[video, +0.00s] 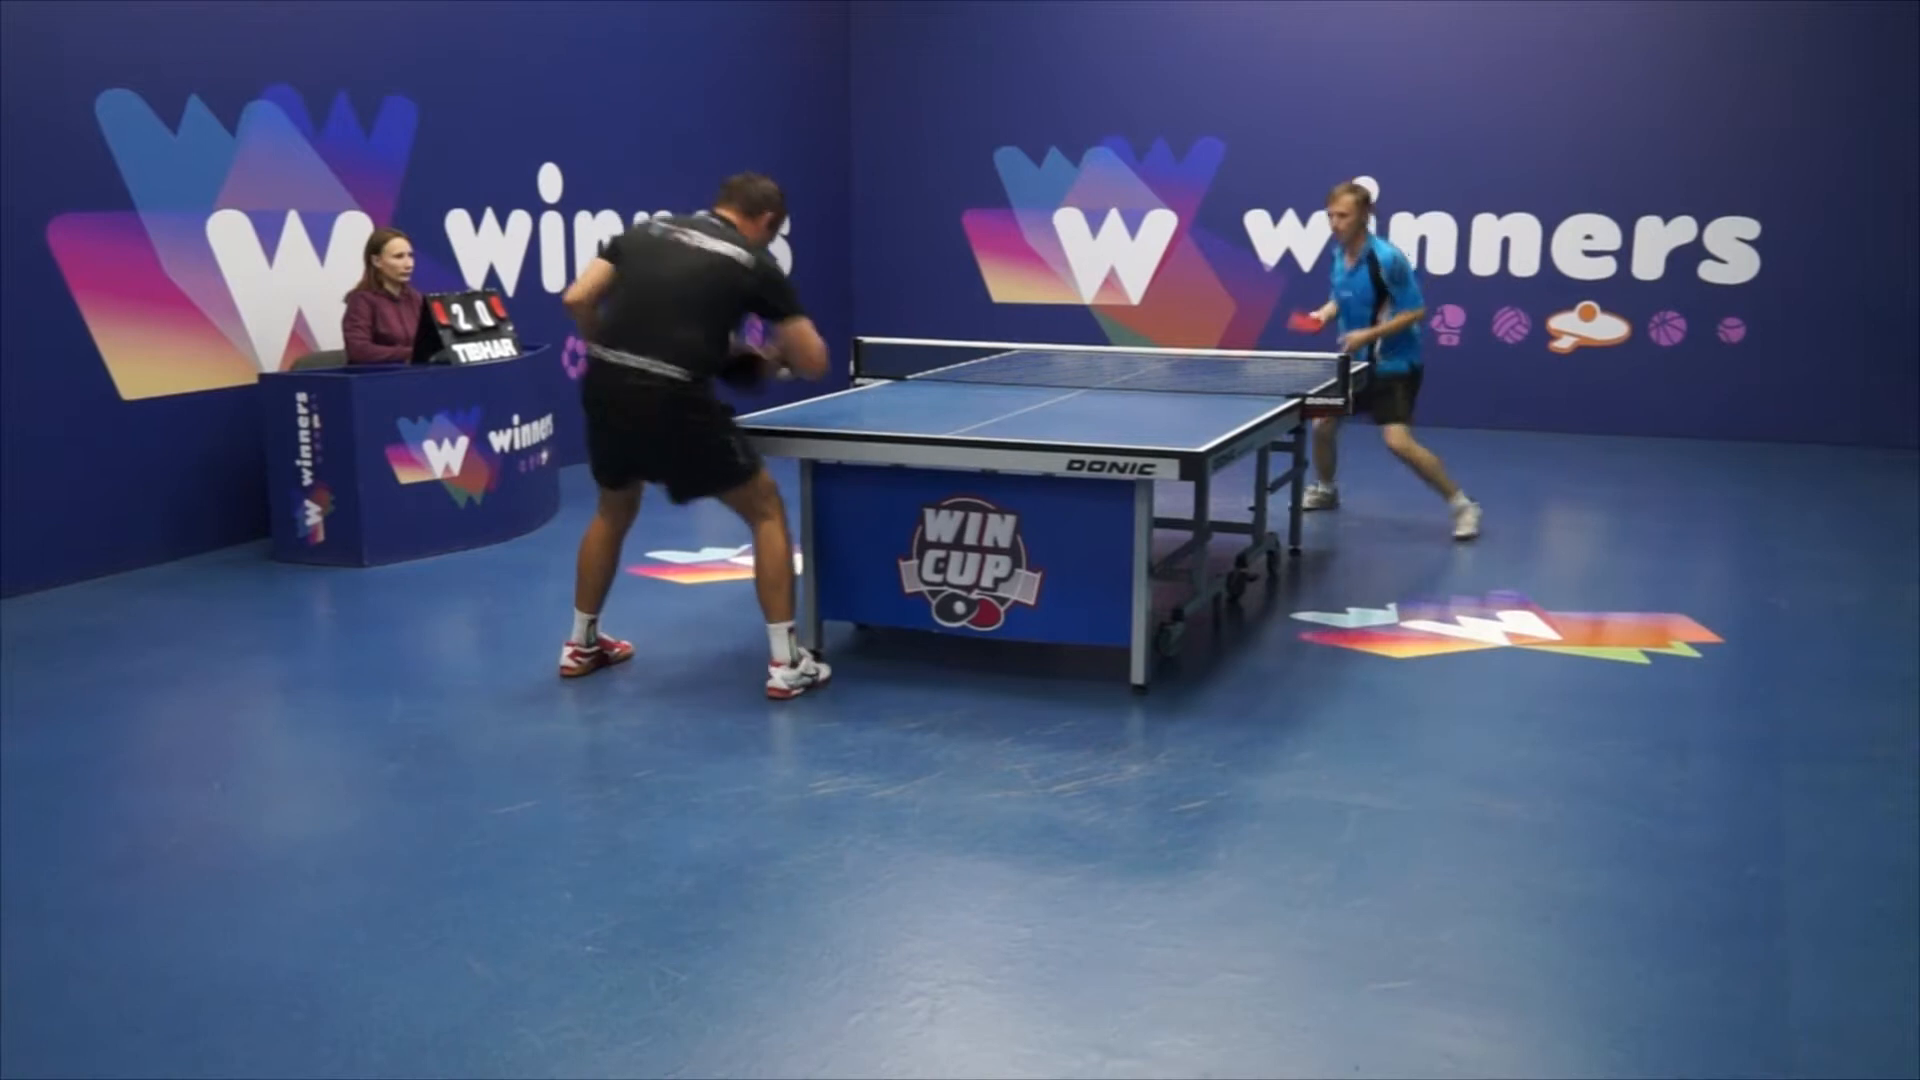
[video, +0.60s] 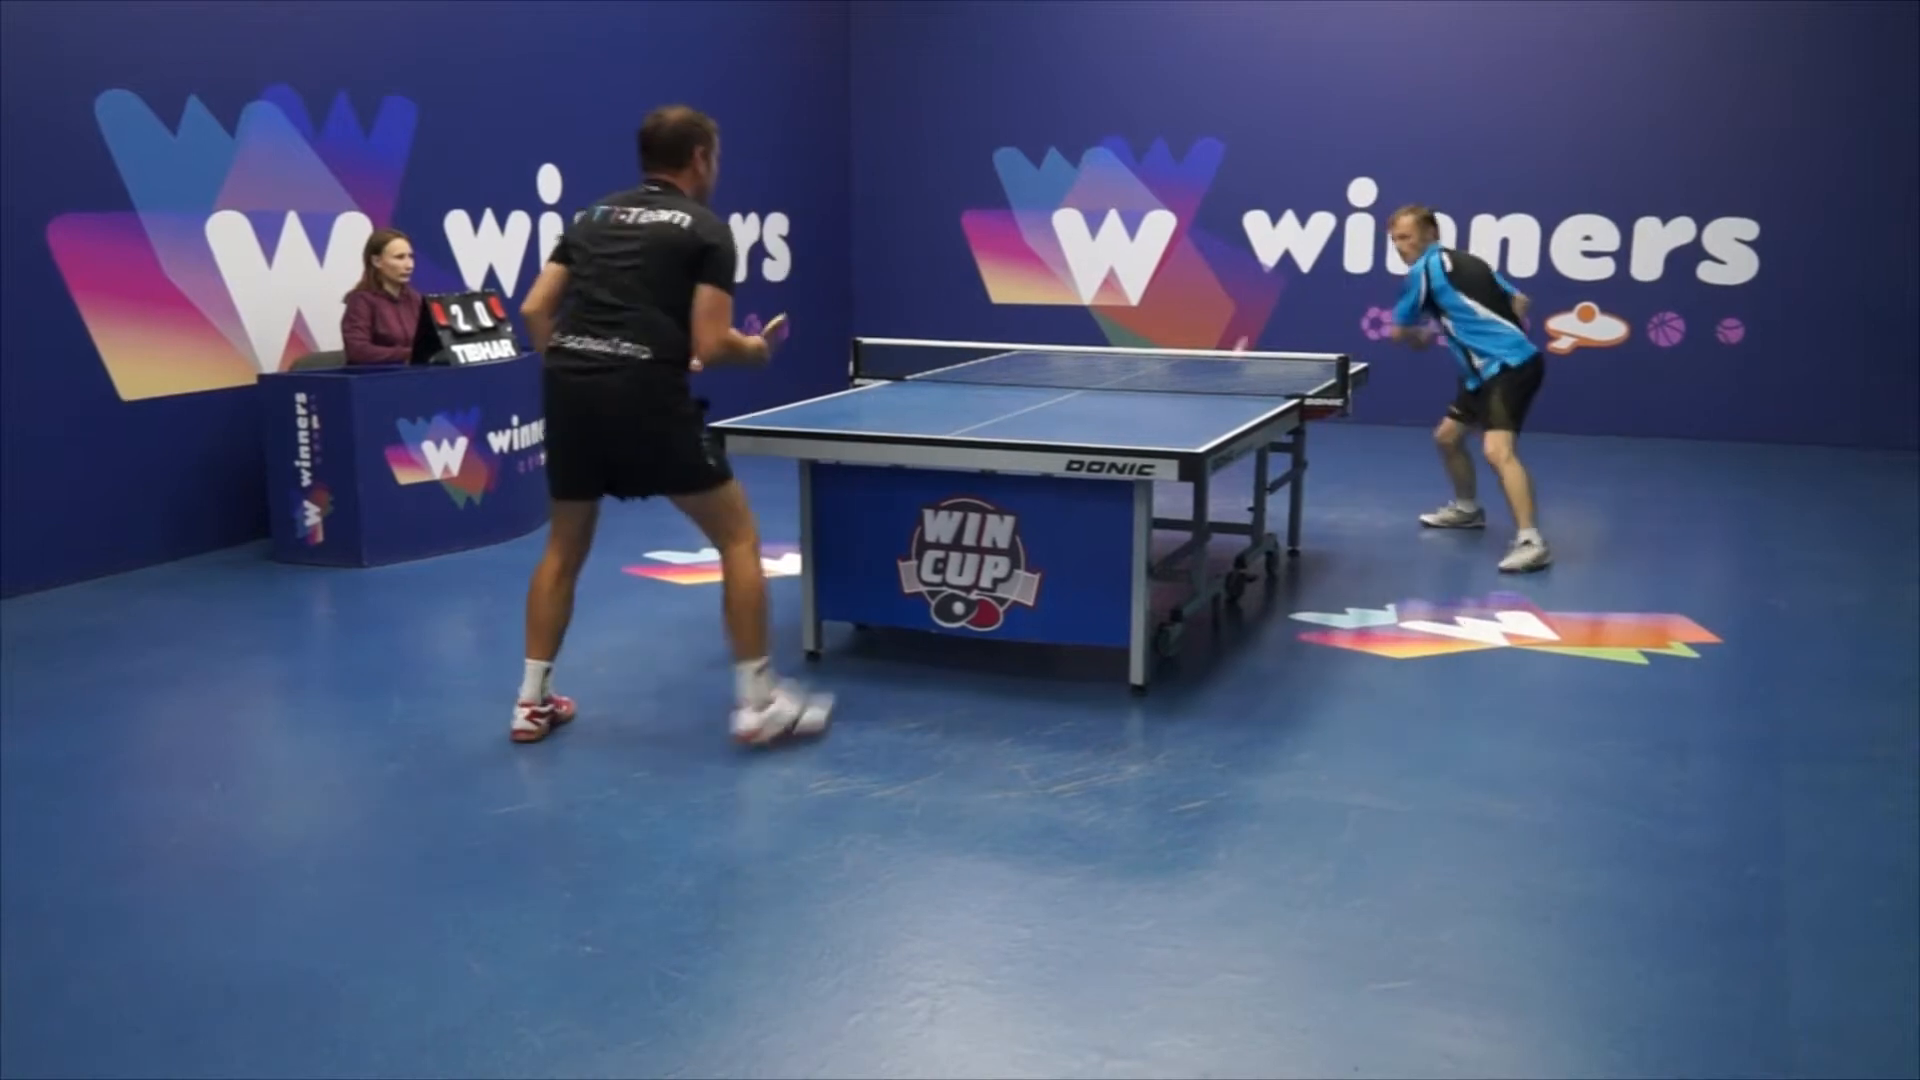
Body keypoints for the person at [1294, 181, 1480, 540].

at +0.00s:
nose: (1335, 223)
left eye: (1343, 216)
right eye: (1332, 216)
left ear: (1364, 217)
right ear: (1328, 216)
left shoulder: (1387, 257)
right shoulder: (1337, 254)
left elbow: (1415, 310)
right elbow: (1342, 297)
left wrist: (1368, 334)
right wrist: (1323, 314)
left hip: (1395, 364)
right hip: (1356, 361)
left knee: (1397, 440)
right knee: (1322, 425)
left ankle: (1462, 505)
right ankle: (1325, 489)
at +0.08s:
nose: (1342, 219)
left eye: (1350, 212)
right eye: (1339, 211)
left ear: (1371, 212)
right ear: (1337, 212)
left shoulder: (1398, 251)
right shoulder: (1345, 253)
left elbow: (1424, 303)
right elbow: (1338, 302)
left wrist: (1378, 329)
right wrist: (1315, 314)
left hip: (1410, 360)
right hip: (1369, 362)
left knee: (1418, 440)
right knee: (1333, 422)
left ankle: (1470, 505)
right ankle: (1327, 489)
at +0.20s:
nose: (1356, 207)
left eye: (1364, 200)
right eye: (1352, 201)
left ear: (1386, 201)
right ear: (1351, 203)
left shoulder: (1414, 238)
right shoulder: (1361, 247)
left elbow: (1447, 286)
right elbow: (1357, 298)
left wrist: (1404, 318)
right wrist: (1329, 317)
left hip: (1440, 344)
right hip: (1400, 348)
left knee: (1450, 424)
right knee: (1361, 415)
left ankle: (1506, 500)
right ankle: (1363, 490)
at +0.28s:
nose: (1368, 213)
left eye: (1375, 206)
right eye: (1364, 207)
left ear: (1397, 207)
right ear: (1362, 208)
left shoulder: (1423, 244)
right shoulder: (1376, 252)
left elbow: (1458, 293)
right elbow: (1381, 304)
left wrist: (1415, 329)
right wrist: (1349, 329)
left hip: (1452, 351)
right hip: (1412, 355)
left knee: (1475, 429)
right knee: (1374, 425)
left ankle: (1529, 511)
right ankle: (1392, 498)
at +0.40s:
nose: (1380, 222)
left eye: (1388, 215)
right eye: (1377, 216)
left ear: (1409, 214)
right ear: (1377, 218)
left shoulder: (1429, 248)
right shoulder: (1400, 257)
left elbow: (1449, 301)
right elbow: (1425, 308)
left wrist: (1407, 336)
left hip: (1481, 353)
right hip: (1445, 359)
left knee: (1493, 442)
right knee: (1413, 427)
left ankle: (1546, 516)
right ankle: (1401, 498)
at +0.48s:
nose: (1387, 229)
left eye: (1394, 221)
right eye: (1383, 222)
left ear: (1416, 220)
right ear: (1384, 222)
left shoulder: (1425, 251)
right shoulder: (1421, 252)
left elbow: (1425, 312)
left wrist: (1412, 328)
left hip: (1496, 348)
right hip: (1469, 355)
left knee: (1486, 443)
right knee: (1425, 429)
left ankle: (1554, 508)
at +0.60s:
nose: (1399, 246)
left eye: (1405, 238)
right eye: (1395, 239)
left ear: (1429, 236)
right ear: (1432, 240)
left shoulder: (1426, 269)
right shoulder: (1465, 262)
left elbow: (1400, 329)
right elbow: (1519, 302)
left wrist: (1420, 340)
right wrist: (1501, 340)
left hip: (1512, 363)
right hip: (1487, 368)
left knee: (1499, 450)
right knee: (1447, 437)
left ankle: (1530, 540)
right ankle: (1466, 508)